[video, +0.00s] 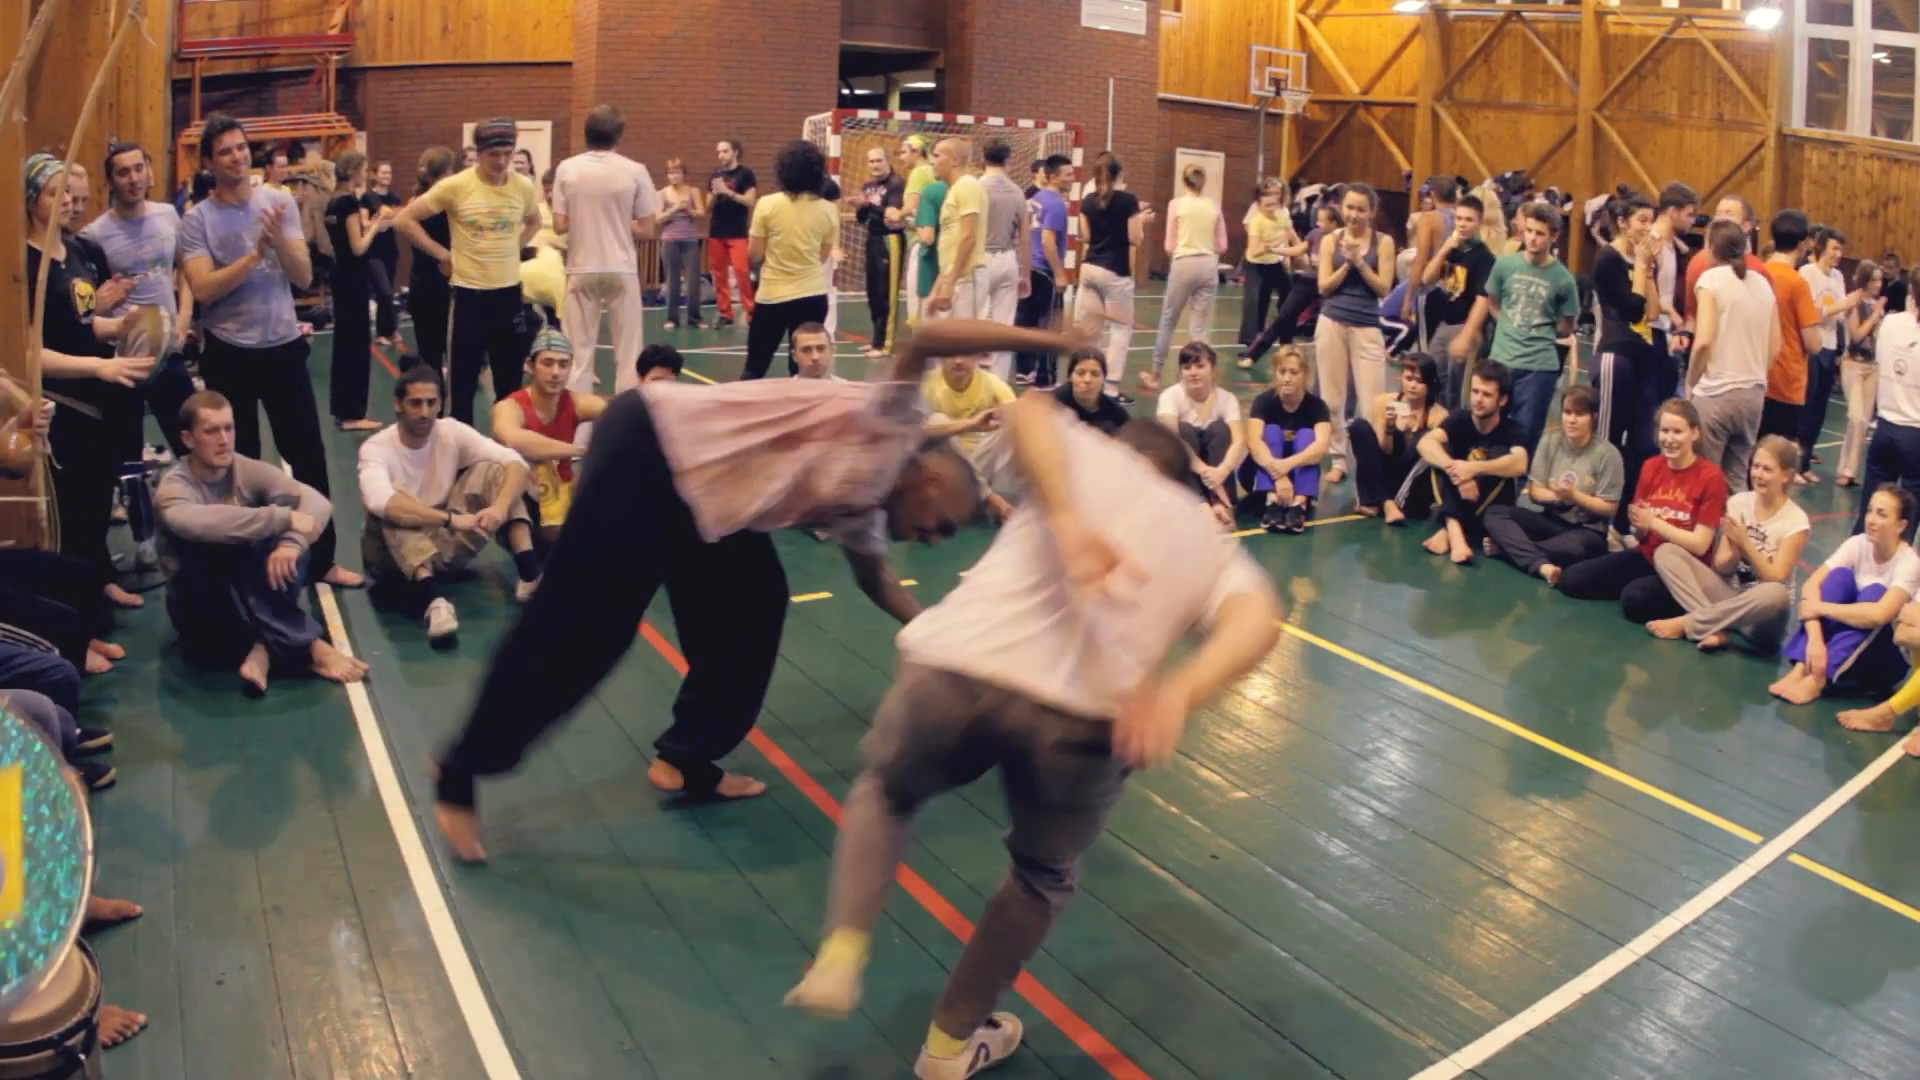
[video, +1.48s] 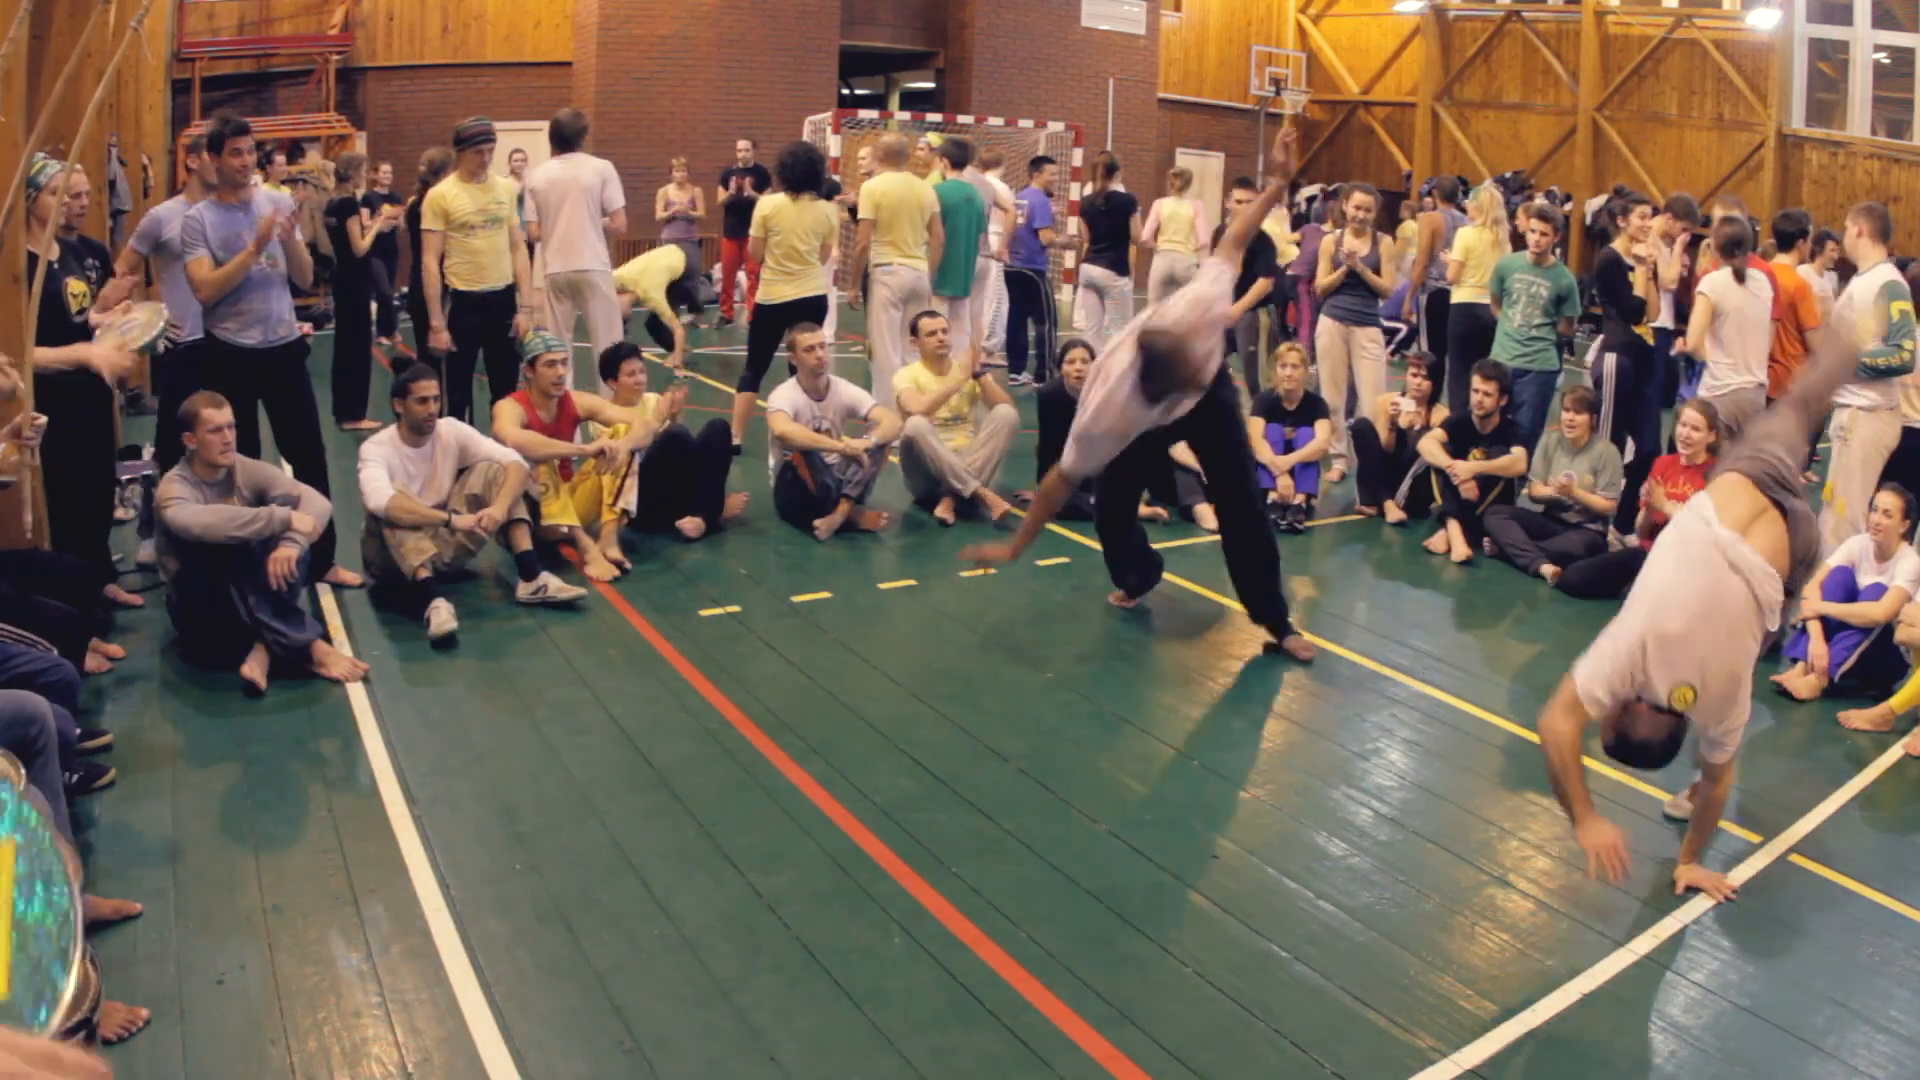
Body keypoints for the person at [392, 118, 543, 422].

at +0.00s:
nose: (501, 161)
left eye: (507, 154)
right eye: (494, 154)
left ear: (513, 153)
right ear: (478, 153)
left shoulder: (523, 187)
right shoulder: (455, 186)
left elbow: (533, 221)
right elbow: (403, 221)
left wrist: (513, 248)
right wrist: (442, 254)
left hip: (509, 294)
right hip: (469, 295)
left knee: (510, 382)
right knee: (463, 381)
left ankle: (512, 449)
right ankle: (462, 448)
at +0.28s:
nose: (494, 158)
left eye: (500, 150)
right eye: (487, 151)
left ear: (506, 150)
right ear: (470, 152)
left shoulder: (518, 183)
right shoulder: (448, 188)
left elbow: (544, 211)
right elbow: (393, 221)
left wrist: (520, 246)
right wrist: (435, 254)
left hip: (506, 294)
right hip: (466, 295)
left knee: (507, 380)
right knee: (460, 379)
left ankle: (510, 451)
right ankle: (460, 447)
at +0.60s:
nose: (486, 160)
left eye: (491, 153)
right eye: (479, 154)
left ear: (496, 151)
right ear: (461, 154)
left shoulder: (508, 180)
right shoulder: (440, 192)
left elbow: (539, 204)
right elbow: (391, 232)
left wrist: (531, 252)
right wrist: (437, 269)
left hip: (506, 294)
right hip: (465, 296)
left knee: (506, 381)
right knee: (460, 380)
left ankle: (508, 450)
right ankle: (461, 447)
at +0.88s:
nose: (481, 158)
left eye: (485, 150)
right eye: (473, 152)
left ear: (490, 150)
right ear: (455, 154)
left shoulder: (504, 180)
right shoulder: (438, 192)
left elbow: (542, 208)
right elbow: (407, 242)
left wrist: (531, 253)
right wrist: (453, 266)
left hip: (503, 296)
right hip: (461, 299)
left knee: (505, 381)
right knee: (457, 382)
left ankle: (507, 449)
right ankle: (458, 449)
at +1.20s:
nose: (483, 159)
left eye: (488, 152)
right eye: (475, 153)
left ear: (493, 151)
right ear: (458, 153)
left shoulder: (505, 186)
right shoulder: (438, 195)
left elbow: (525, 227)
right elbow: (426, 258)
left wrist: (531, 257)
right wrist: (469, 282)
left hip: (501, 297)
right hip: (459, 299)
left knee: (504, 384)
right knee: (456, 385)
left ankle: (507, 452)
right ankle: (456, 451)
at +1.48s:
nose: (485, 158)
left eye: (489, 151)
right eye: (477, 151)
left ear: (494, 151)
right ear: (460, 152)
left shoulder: (505, 189)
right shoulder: (440, 196)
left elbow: (518, 247)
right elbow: (430, 260)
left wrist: (525, 306)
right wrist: (436, 324)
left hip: (502, 298)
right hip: (462, 299)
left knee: (505, 388)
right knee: (457, 391)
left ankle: (509, 456)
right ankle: (456, 456)